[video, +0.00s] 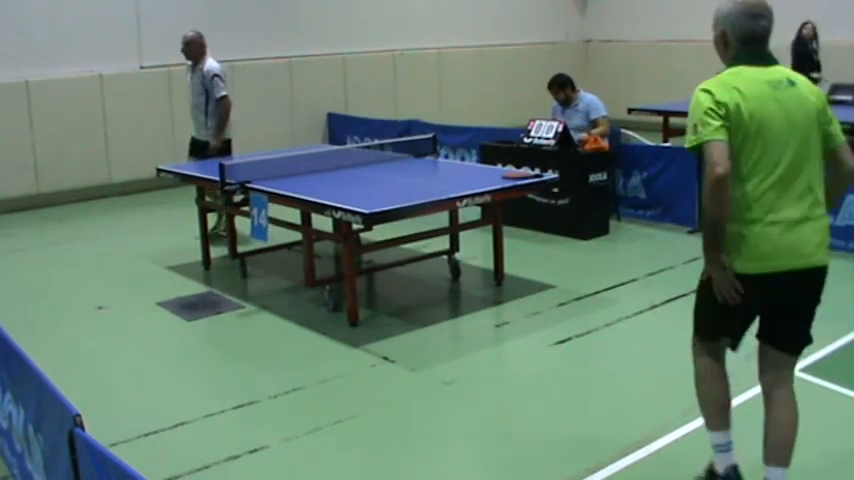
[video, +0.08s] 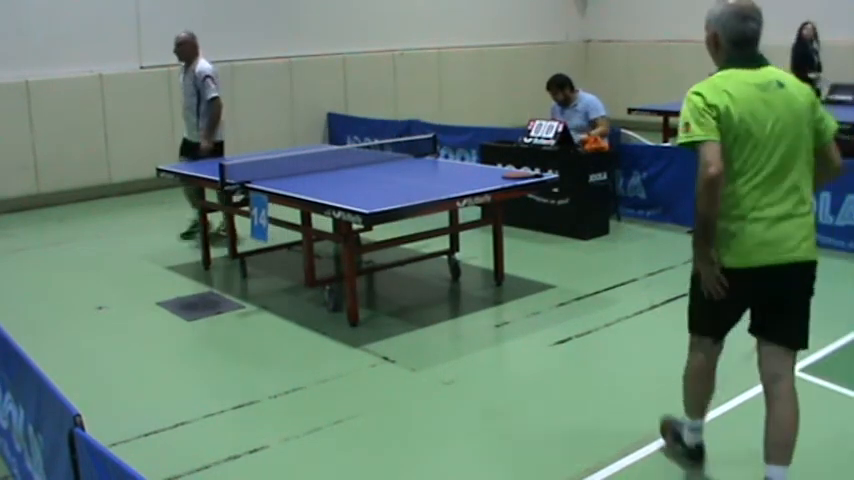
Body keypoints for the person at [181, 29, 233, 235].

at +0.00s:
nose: (183, 50)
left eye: (187, 45)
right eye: (182, 46)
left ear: (200, 46)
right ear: (187, 49)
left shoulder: (211, 71)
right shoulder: (192, 69)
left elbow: (225, 102)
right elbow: (200, 101)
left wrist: (218, 136)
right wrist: (200, 129)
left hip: (215, 140)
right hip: (199, 138)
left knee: (219, 184)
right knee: (202, 182)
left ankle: (226, 222)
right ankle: (219, 218)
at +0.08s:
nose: (176, 51)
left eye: (180, 46)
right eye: (175, 47)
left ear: (193, 47)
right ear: (179, 50)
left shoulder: (203, 72)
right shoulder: (185, 70)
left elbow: (215, 103)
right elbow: (194, 103)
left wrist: (208, 137)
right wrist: (192, 131)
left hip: (209, 140)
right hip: (191, 138)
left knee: (219, 185)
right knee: (188, 180)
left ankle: (228, 222)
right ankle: (201, 217)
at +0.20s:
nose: (163, 57)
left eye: (166, 53)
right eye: (162, 53)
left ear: (179, 52)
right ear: (170, 53)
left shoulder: (190, 75)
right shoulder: (176, 73)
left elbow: (201, 107)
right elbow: (182, 106)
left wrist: (193, 141)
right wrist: (181, 135)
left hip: (198, 144)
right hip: (180, 141)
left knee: (212, 186)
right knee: (171, 182)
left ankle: (226, 222)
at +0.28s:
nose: (152, 58)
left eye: (155, 54)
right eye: (151, 54)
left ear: (168, 53)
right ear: (162, 55)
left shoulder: (179, 76)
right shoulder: (166, 75)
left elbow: (190, 108)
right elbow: (174, 108)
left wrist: (183, 142)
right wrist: (172, 137)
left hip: (189, 146)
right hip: (171, 144)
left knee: (207, 186)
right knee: (161, 184)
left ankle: (225, 221)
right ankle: (149, 228)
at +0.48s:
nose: (124, 62)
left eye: (126, 57)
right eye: (123, 57)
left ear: (138, 54)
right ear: (133, 55)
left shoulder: (151, 75)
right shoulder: (138, 76)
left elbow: (164, 107)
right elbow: (145, 109)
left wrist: (159, 143)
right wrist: (141, 139)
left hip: (153, 145)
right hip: (140, 144)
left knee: (155, 185)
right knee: (137, 182)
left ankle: (197, 209)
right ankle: (142, 230)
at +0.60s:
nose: (109, 60)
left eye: (111, 55)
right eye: (108, 56)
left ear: (124, 52)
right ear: (116, 54)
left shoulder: (138, 73)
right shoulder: (123, 75)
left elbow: (151, 105)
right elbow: (127, 110)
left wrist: (147, 141)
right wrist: (121, 139)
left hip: (138, 143)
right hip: (126, 142)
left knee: (130, 183)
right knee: (132, 186)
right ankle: (142, 229)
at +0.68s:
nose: (101, 64)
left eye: (102, 59)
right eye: (99, 60)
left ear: (114, 54)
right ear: (111, 55)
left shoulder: (129, 74)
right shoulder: (115, 75)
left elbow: (143, 106)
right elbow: (114, 111)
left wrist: (140, 141)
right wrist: (106, 137)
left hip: (128, 142)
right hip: (119, 142)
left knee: (113, 184)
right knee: (130, 186)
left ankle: (136, 229)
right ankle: (140, 231)